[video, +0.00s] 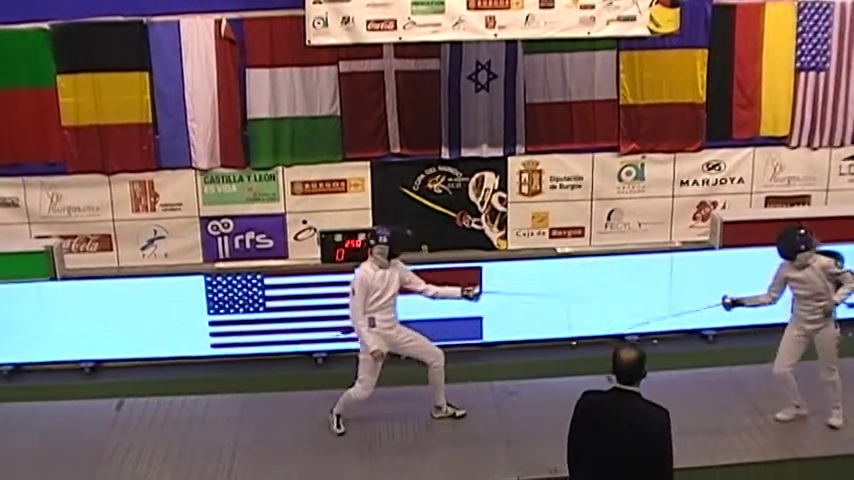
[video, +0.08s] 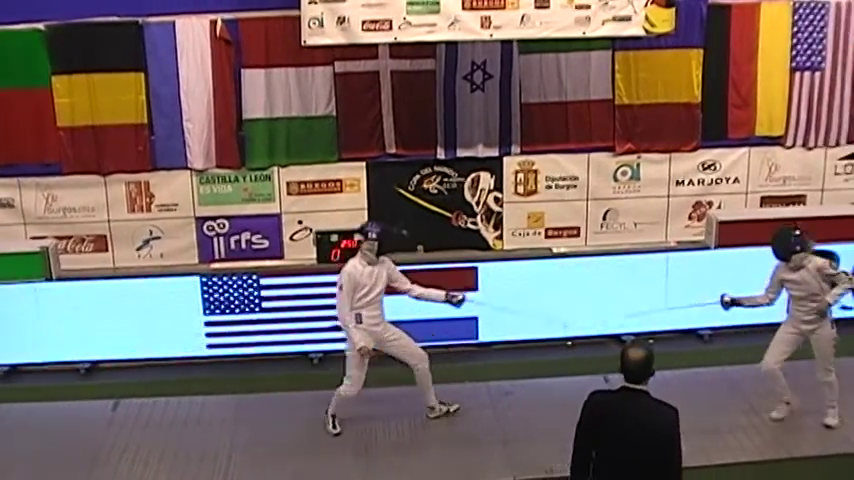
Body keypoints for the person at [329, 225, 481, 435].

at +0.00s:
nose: (381, 250)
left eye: (385, 246)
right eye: (377, 245)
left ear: (390, 248)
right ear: (370, 248)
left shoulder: (397, 269)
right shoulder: (363, 275)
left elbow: (427, 289)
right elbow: (356, 314)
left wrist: (461, 292)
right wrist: (370, 345)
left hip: (394, 330)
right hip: (371, 334)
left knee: (435, 357)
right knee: (363, 390)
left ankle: (440, 407)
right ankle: (337, 412)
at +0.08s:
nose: (370, 245)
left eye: (374, 241)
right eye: (367, 240)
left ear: (380, 244)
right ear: (360, 242)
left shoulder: (385, 266)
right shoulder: (350, 271)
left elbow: (412, 289)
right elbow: (343, 310)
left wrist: (446, 296)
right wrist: (357, 340)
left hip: (381, 328)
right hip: (358, 331)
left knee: (419, 358)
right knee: (352, 387)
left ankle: (433, 407)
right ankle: (331, 413)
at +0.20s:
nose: (356, 242)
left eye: (360, 238)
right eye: (352, 237)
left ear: (365, 240)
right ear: (345, 238)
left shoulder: (369, 262)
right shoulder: (334, 267)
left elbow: (390, 289)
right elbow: (326, 308)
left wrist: (423, 303)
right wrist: (340, 338)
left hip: (364, 324)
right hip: (341, 326)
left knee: (399, 360)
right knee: (340, 382)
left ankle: (407, 408)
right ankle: (326, 414)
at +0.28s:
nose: (349, 244)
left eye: (353, 240)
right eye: (345, 239)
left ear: (358, 242)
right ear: (338, 240)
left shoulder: (362, 265)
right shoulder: (327, 269)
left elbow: (383, 293)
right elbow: (317, 309)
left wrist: (414, 309)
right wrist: (330, 340)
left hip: (356, 326)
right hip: (333, 329)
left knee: (390, 364)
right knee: (334, 385)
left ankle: (376, 412)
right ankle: (322, 415)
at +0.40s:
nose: (339, 250)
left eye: (344, 247)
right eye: (336, 246)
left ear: (351, 251)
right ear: (330, 247)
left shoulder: (355, 271)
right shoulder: (320, 274)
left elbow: (377, 299)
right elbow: (308, 313)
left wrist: (407, 314)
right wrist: (318, 347)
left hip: (346, 332)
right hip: (324, 335)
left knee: (380, 371)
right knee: (328, 389)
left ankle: (357, 413)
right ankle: (317, 417)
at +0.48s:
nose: (336, 248)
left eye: (340, 245)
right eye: (332, 243)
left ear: (347, 248)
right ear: (326, 245)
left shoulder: (351, 270)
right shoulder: (316, 273)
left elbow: (374, 297)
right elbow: (304, 314)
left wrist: (406, 311)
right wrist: (315, 346)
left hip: (344, 331)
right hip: (321, 334)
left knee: (382, 365)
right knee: (323, 389)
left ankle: (358, 406)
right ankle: (312, 416)